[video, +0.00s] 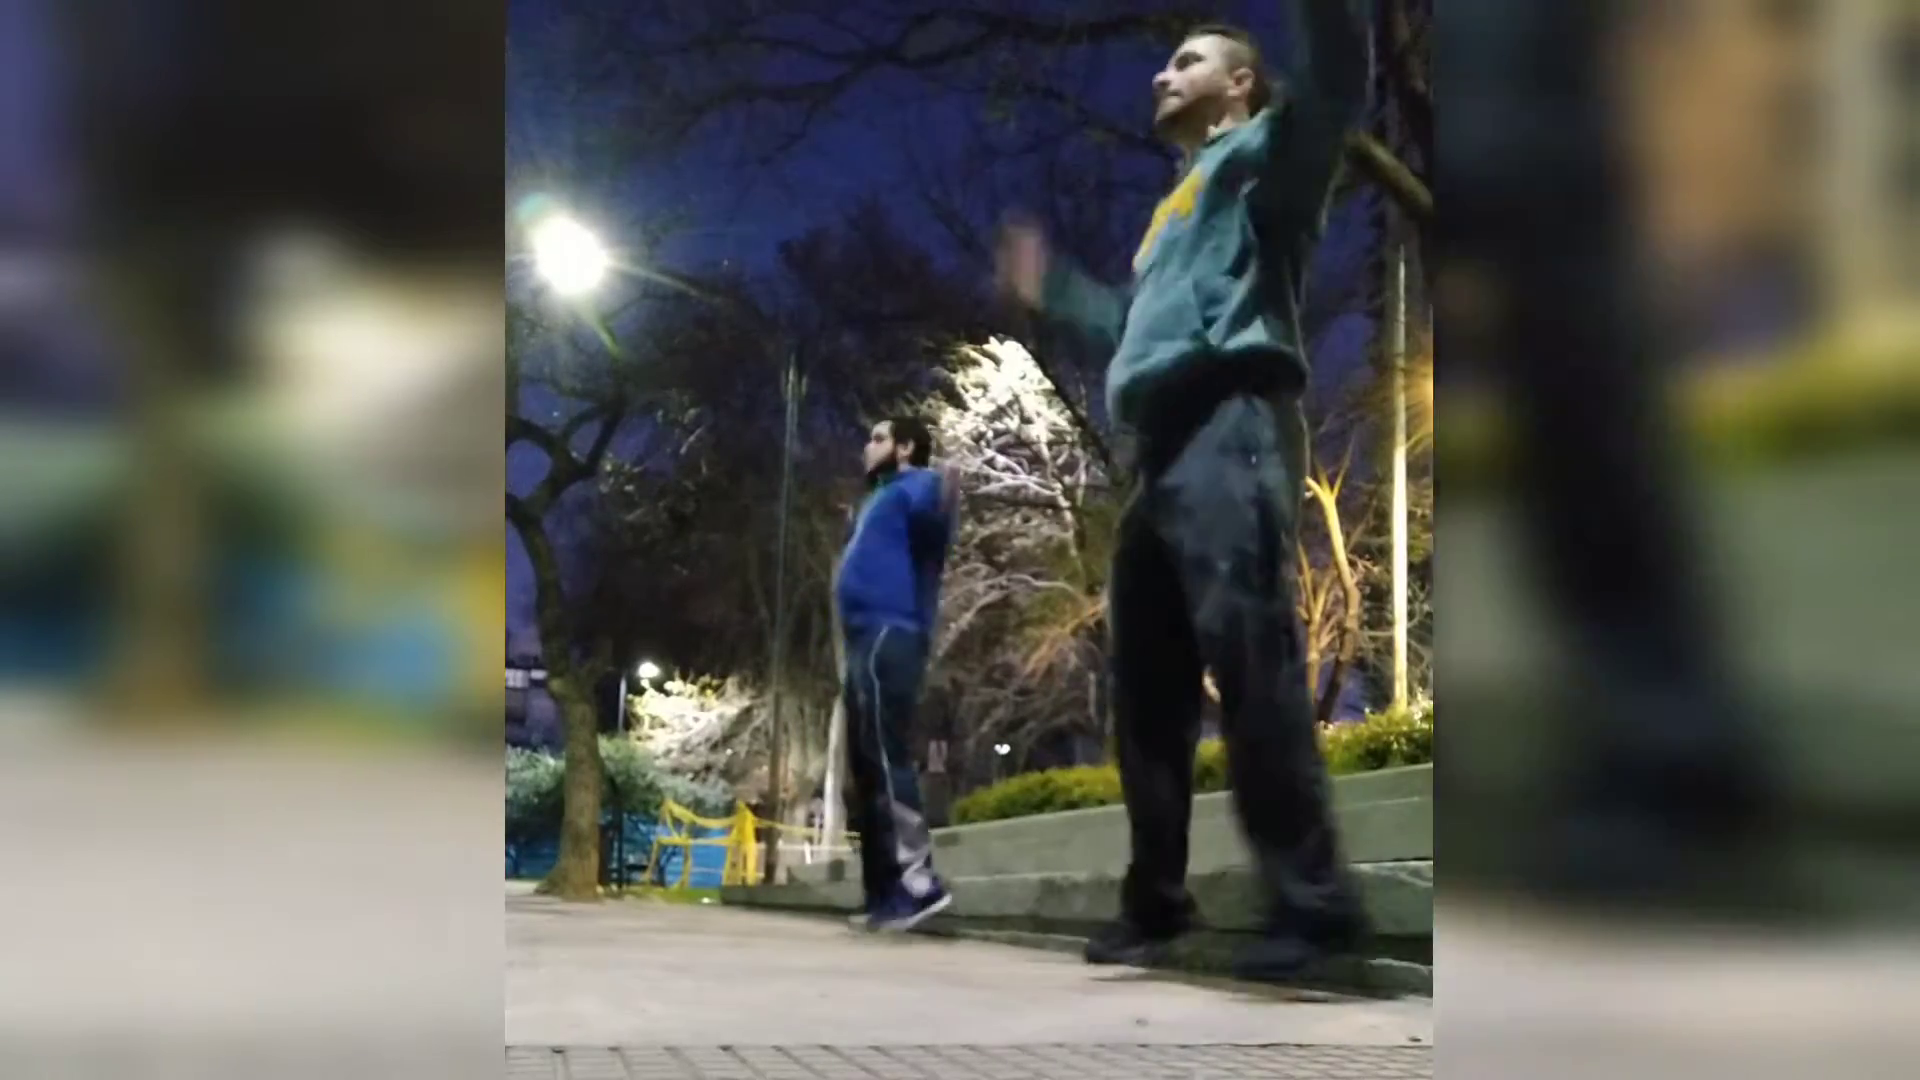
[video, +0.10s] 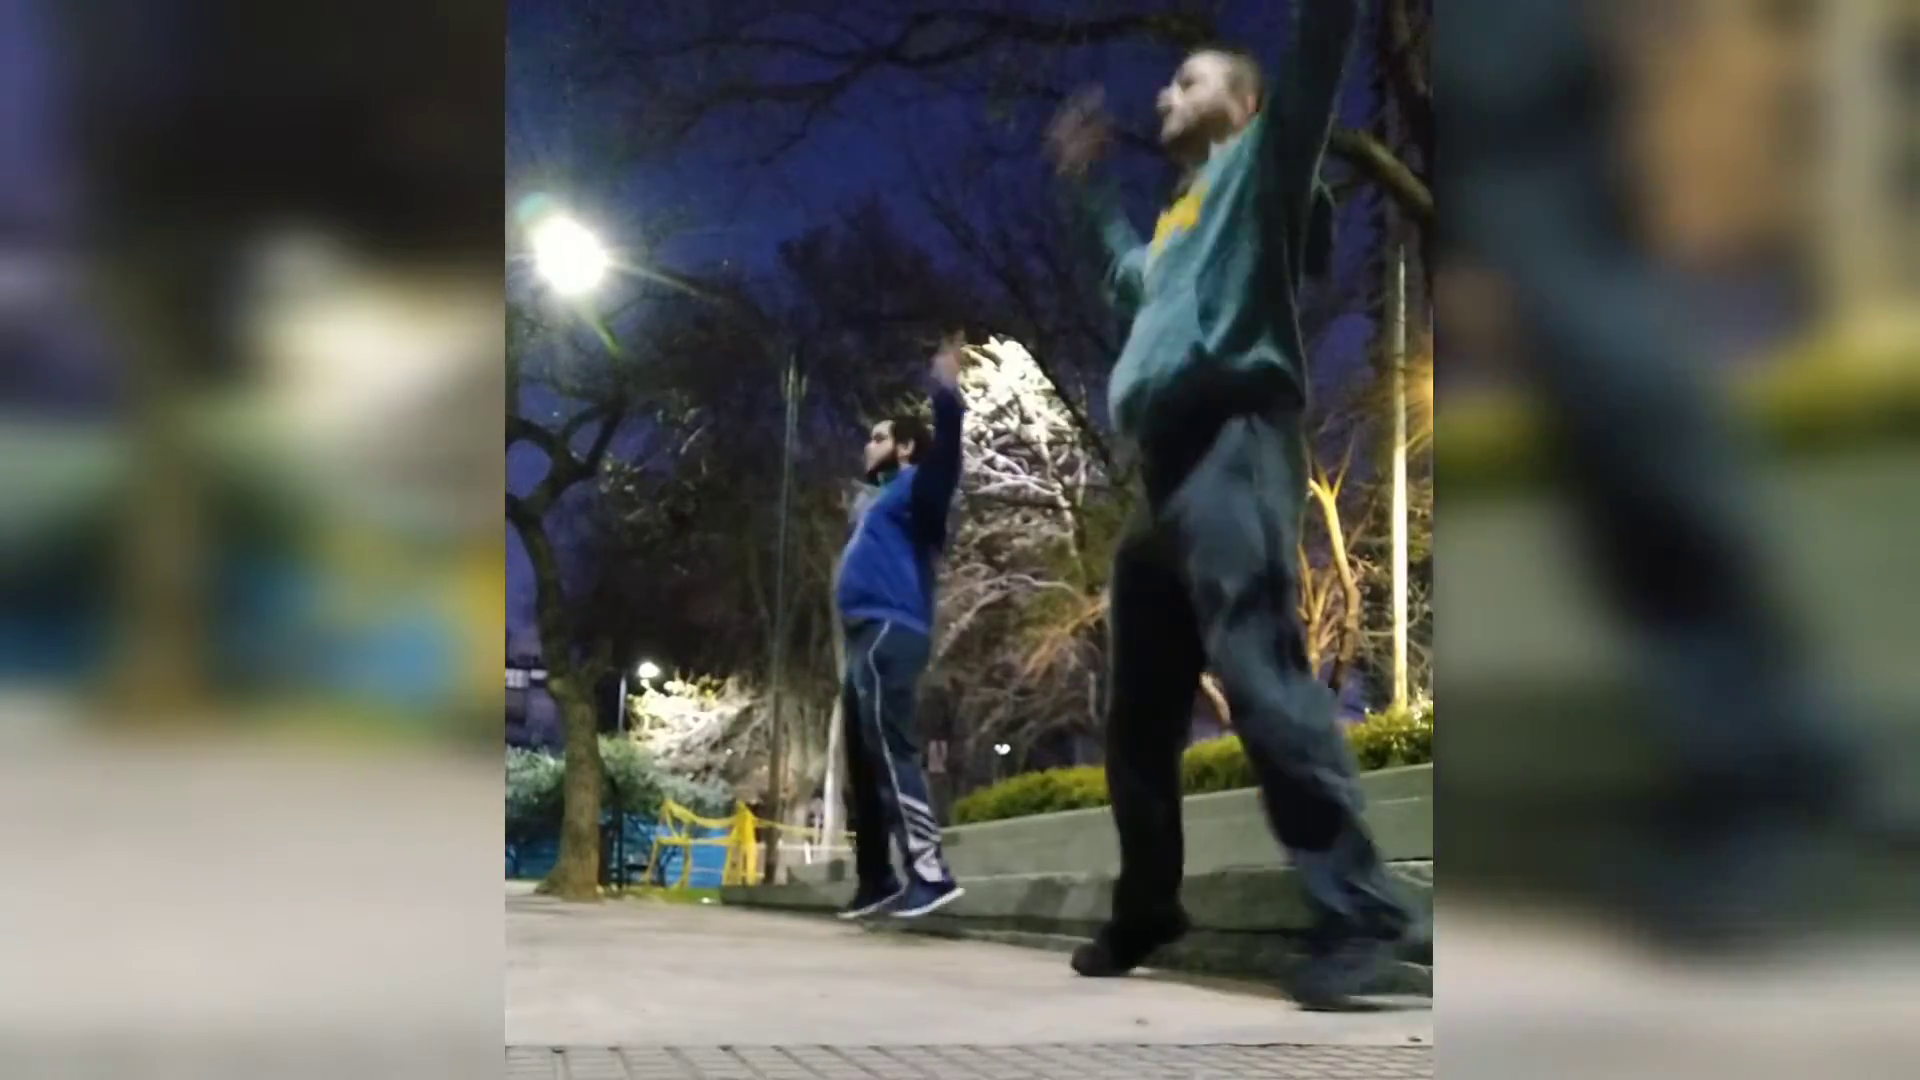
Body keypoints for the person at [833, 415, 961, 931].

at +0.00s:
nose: (867, 447)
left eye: (877, 438)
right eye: (869, 438)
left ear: (905, 449)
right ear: (893, 451)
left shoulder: (915, 484)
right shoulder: (878, 499)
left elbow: (925, 506)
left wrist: (940, 485)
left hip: (892, 626)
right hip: (863, 630)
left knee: (883, 755)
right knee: (865, 764)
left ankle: (918, 882)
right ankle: (882, 893)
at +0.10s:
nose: (868, 443)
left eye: (877, 435)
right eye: (870, 436)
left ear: (906, 447)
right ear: (891, 452)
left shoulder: (918, 490)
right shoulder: (876, 500)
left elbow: (945, 454)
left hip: (893, 624)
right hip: (859, 628)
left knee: (891, 748)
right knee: (863, 759)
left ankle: (929, 874)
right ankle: (877, 879)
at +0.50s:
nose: (863, 453)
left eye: (873, 445)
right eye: (865, 445)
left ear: (901, 451)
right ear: (888, 454)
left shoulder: (919, 488)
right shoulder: (880, 496)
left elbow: (953, 479)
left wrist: (943, 430)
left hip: (895, 629)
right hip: (863, 630)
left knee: (887, 753)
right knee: (860, 761)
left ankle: (922, 881)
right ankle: (880, 886)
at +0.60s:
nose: (862, 452)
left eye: (872, 444)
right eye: (863, 443)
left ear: (900, 450)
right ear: (883, 452)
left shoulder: (918, 484)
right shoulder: (872, 495)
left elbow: (942, 547)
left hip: (897, 627)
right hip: (865, 630)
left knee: (872, 751)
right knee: (860, 755)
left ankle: (911, 883)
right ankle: (888, 886)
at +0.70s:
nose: (857, 482)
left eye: (867, 474)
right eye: (859, 473)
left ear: (894, 480)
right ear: (887, 481)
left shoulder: (912, 524)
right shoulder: (880, 527)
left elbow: (926, 594)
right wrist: (854, 517)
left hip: (893, 670)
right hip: (867, 669)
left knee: (863, 789)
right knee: (847, 791)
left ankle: (909, 909)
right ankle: (890, 907)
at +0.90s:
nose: (862, 454)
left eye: (871, 445)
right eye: (864, 445)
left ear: (899, 450)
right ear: (890, 452)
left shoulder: (918, 489)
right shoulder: (879, 502)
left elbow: (933, 525)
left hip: (894, 634)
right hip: (861, 637)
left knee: (884, 758)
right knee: (863, 769)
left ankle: (911, 886)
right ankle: (879, 895)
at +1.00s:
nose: (869, 452)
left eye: (879, 443)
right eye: (870, 444)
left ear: (906, 452)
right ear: (891, 457)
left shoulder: (920, 497)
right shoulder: (882, 504)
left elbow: (933, 442)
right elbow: (862, 482)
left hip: (895, 633)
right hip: (861, 634)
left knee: (892, 752)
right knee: (863, 763)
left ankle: (925, 878)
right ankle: (875, 883)